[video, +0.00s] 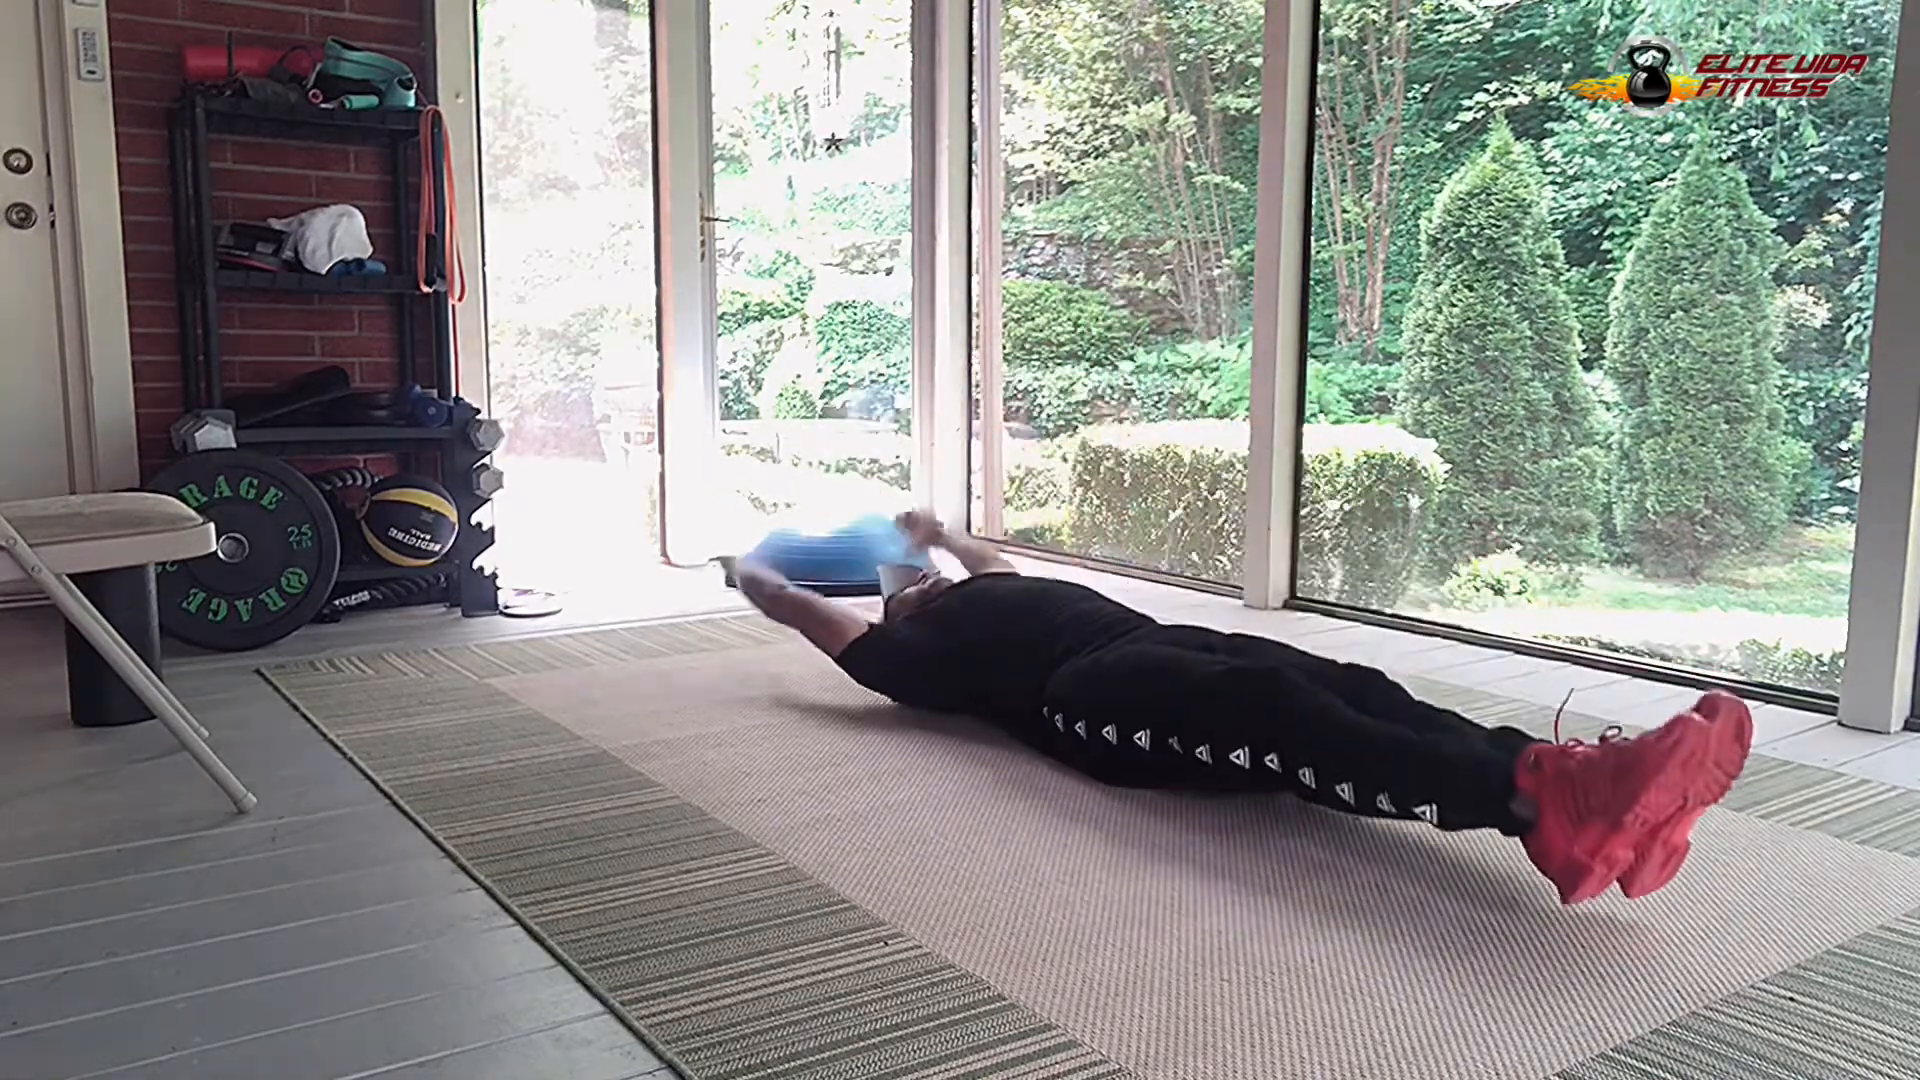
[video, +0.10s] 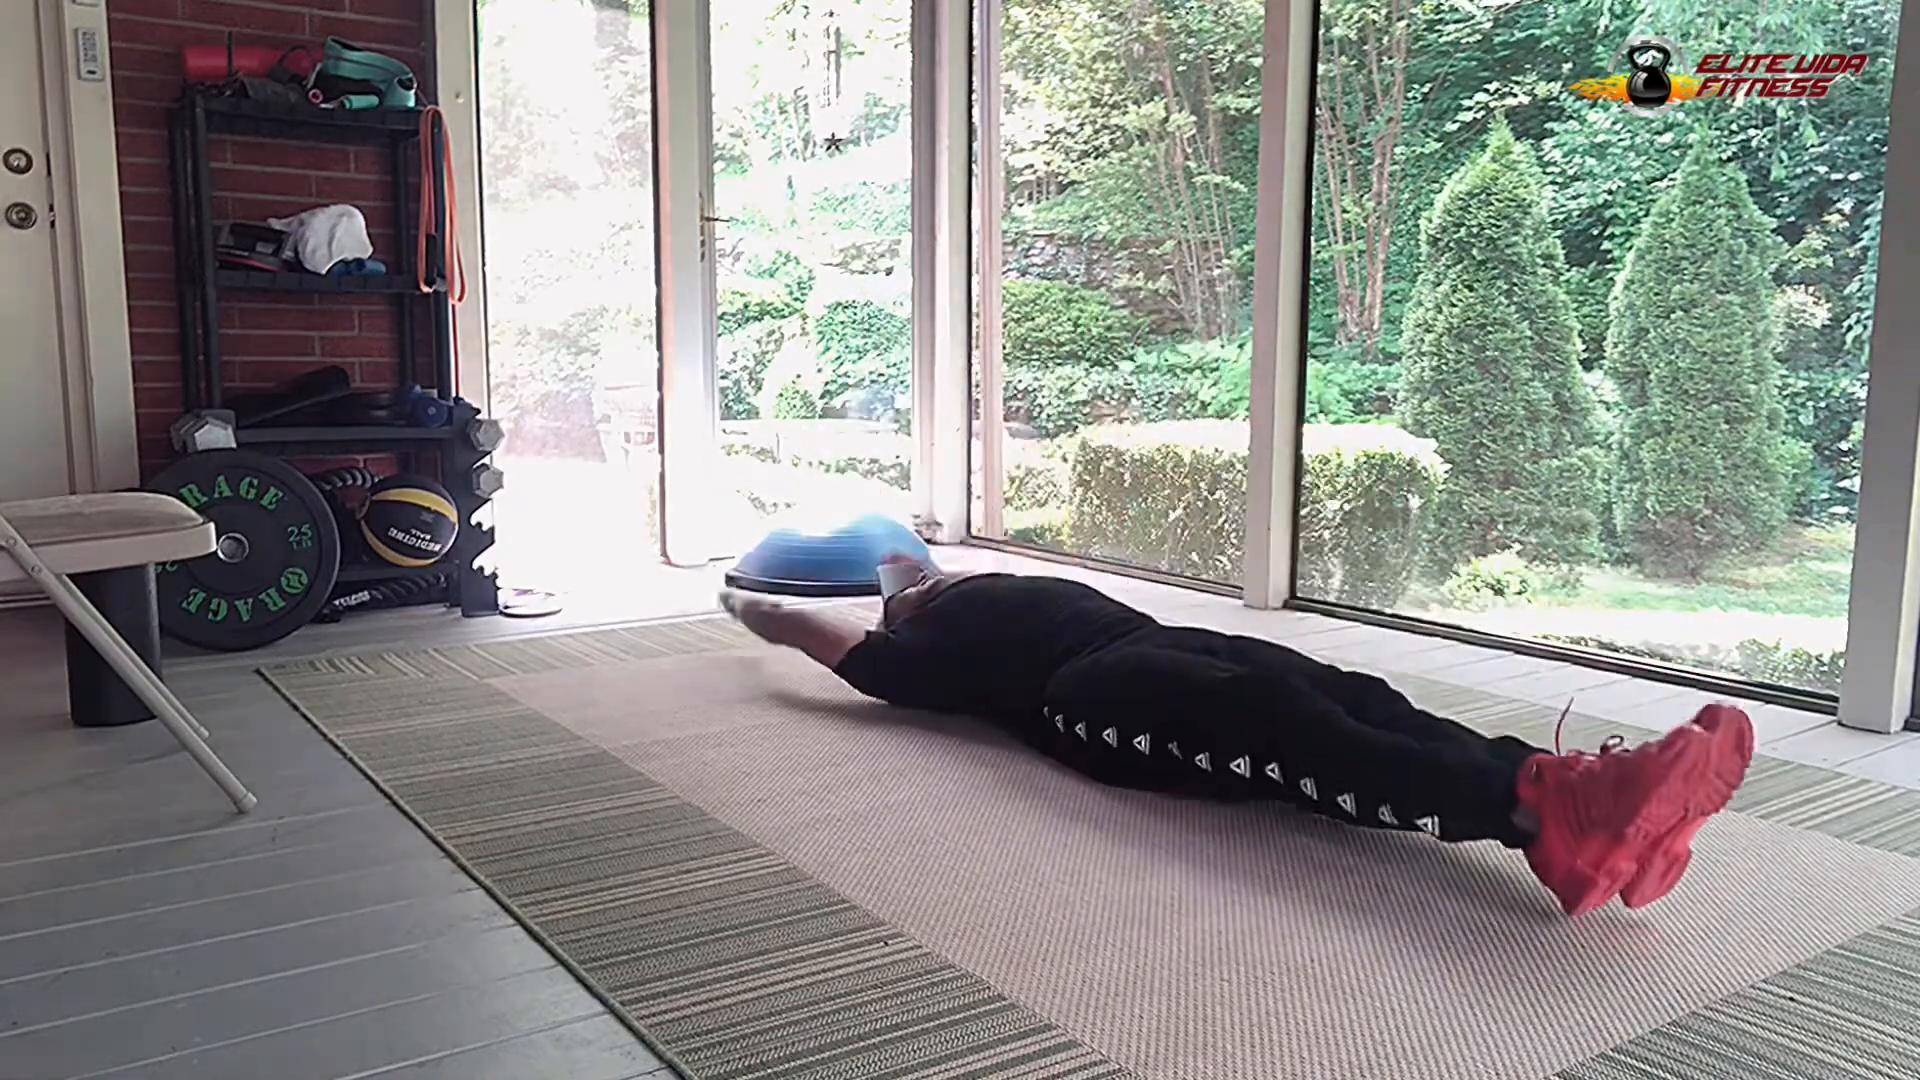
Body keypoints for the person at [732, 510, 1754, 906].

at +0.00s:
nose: (906, 570)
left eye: (911, 562)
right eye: (888, 578)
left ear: (935, 576)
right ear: (880, 610)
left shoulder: (993, 585)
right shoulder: (884, 642)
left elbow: (982, 546)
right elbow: (759, 578)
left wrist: (930, 534)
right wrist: (837, 573)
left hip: (1144, 642)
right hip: (1081, 684)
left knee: (1336, 677)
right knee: (1277, 703)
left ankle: (1581, 827)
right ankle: (1552, 789)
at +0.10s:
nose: (918, 564)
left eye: (924, 558)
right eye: (897, 570)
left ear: (945, 571)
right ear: (884, 600)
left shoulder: (1010, 588)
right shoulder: (889, 645)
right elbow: (759, 610)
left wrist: (937, 551)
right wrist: (806, 587)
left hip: (1146, 639)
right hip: (1078, 684)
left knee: (1336, 687)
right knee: (1278, 717)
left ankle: (1578, 830)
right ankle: (1552, 803)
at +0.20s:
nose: (921, 587)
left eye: (923, 580)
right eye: (904, 592)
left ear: (945, 581)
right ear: (889, 609)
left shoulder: (1014, 589)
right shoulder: (895, 647)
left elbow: (1077, 585)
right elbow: (788, 637)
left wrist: (962, 559)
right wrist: (752, 626)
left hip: (1163, 637)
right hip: (1087, 683)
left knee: (1346, 699)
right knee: (1285, 733)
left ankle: (1581, 832)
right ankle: (1551, 820)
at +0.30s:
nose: (915, 590)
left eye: (918, 581)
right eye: (898, 594)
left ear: (941, 582)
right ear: (885, 612)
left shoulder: (1013, 591)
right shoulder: (895, 653)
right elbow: (767, 641)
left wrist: (951, 566)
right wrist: (766, 632)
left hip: (1178, 639)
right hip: (1092, 681)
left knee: (1357, 703)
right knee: (1294, 741)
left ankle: (1586, 832)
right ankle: (1561, 824)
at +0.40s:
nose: (916, 599)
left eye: (921, 590)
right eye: (901, 602)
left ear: (943, 589)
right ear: (890, 619)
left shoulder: (1012, 595)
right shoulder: (896, 654)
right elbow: (771, 640)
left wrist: (951, 564)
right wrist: (761, 636)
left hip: (1173, 640)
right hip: (1091, 681)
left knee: (1355, 702)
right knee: (1292, 739)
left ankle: (1585, 837)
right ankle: (1559, 823)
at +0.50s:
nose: (941, 541)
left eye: (946, 539)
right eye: (919, 547)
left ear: (963, 558)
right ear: (892, 586)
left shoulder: (1013, 584)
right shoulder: (888, 645)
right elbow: (747, 604)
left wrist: (950, 545)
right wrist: (829, 591)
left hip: (1170, 643)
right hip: (1090, 685)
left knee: (1358, 688)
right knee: (1290, 721)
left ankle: (1582, 830)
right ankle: (1554, 826)